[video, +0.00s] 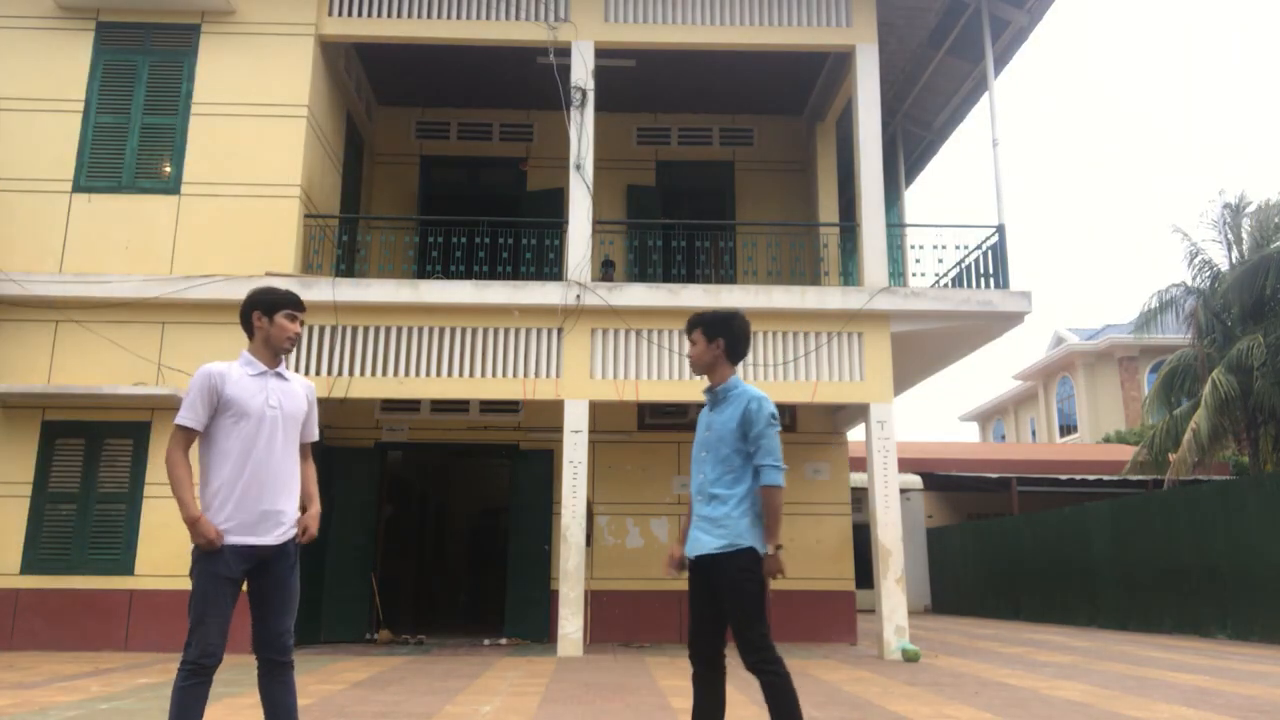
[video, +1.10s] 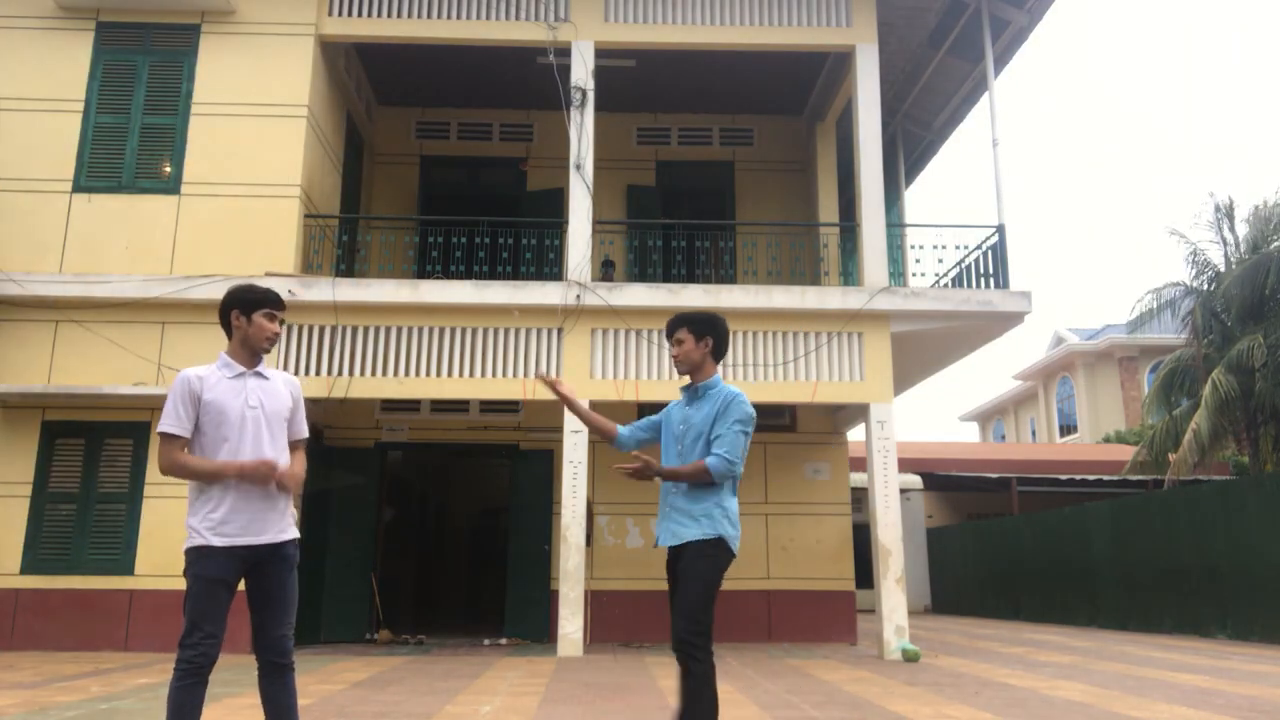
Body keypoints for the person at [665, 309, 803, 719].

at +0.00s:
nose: (687, 350)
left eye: (693, 342)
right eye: (688, 342)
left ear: (719, 346)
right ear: (714, 347)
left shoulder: (754, 403)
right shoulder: (708, 410)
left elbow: (772, 477)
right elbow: (703, 487)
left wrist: (772, 547)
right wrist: (684, 543)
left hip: (739, 553)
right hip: (702, 554)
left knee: (759, 655)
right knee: (704, 657)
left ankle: (790, 717)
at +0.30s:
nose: (668, 355)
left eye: (674, 347)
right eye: (668, 348)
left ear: (699, 349)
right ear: (691, 351)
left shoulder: (728, 402)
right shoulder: (696, 409)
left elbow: (733, 475)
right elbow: (687, 485)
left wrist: (724, 540)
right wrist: (664, 539)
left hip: (711, 543)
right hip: (692, 544)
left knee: (695, 642)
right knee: (703, 647)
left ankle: (752, 715)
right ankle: (706, 716)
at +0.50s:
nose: (665, 356)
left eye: (671, 348)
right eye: (665, 348)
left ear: (696, 350)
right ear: (690, 353)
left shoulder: (720, 402)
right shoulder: (695, 406)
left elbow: (710, 474)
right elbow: (687, 480)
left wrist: (699, 535)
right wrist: (669, 538)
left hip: (709, 542)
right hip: (692, 542)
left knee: (678, 641)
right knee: (701, 647)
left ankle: (705, 713)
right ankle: (707, 714)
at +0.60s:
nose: (666, 357)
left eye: (672, 349)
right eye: (665, 349)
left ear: (698, 351)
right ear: (688, 353)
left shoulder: (724, 402)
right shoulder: (685, 411)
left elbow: (682, 465)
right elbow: (677, 477)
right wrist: (662, 530)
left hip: (713, 538)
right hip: (688, 541)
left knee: (676, 643)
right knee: (700, 649)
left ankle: (674, 714)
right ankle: (704, 715)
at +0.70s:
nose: (667, 357)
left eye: (673, 349)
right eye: (666, 350)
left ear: (700, 350)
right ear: (692, 353)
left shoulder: (727, 401)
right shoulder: (681, 412)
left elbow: (680, 445)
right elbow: (657, 459)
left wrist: (612, 450)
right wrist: (646, 485)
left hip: (715, 538)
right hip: (688, 540)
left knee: (670, 638)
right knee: (701, 651)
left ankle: (646, 712)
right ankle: (705, 716)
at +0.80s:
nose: (666, 355)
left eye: (673, 346)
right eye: (665, 348)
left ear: (700, 348)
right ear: (687, 352)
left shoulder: (728, 400)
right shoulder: (677, 410)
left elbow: (678, 440)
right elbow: (637, 459)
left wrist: (634, 418)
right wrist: (626, 433)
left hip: (715, 532)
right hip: (688, 536)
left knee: (664, 631)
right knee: (700, 651)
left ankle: (630, 714)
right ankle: (705, 719)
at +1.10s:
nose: (672, 352)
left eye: (679, 343)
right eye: (671, 345)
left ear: (708, 345)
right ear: (681, 349)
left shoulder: (734, 403)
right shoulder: (678, 409)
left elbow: (725, 466)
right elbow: (624, 435)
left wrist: (660, 470)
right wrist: (570, 401)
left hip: (710, 536)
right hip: (680, 538)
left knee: (691, 643)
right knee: (686, 644)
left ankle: (698, 717)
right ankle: (693, 715)